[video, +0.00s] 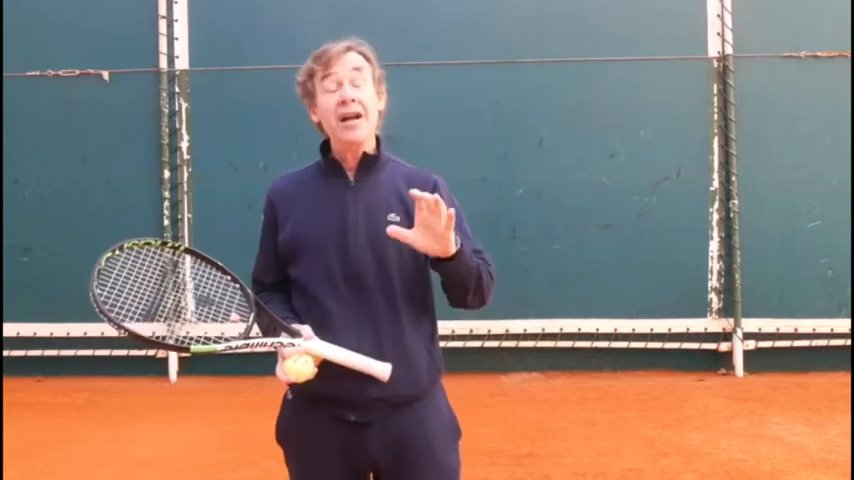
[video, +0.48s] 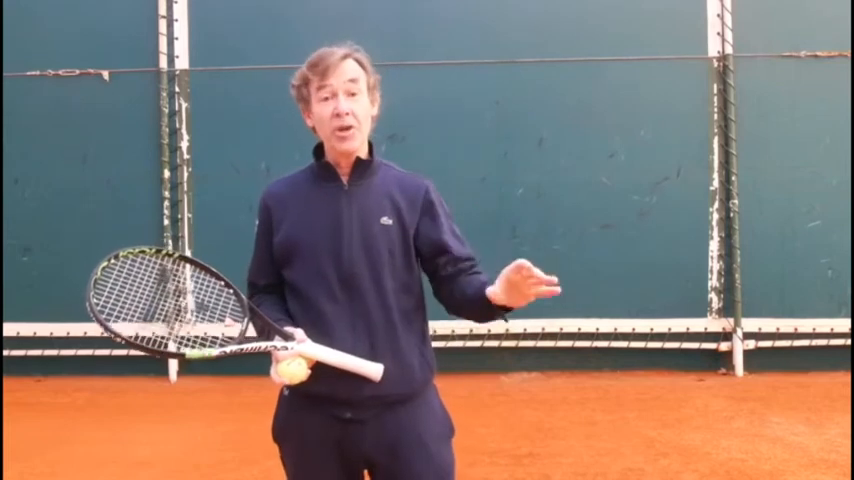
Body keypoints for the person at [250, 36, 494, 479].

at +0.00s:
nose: (347, 94)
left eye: (358, 81)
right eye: (331, 86)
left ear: (380, 98)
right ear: (314, 111)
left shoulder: (425, 190)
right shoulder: (285, 198)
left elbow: (476, 295)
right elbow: (268, 290)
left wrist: (447, 255)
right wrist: (290, 338)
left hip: (414, 414)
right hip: (319, 417)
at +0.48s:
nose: (341, 107)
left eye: (352, 93)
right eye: (326, 97)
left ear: (374, 104)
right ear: (309, 114)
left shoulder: (413, 194)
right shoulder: (279, 202)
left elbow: (455, 278)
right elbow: (264, 293)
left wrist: (495, 296)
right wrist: (284, 340)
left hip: (405, 411)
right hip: (313, 414)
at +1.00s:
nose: (359, 114)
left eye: (369, 99)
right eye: (343, 103)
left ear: (390, 106)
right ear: (324, 115)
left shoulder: (428, 196)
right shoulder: (289, 200)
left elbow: (470, 281)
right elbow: (271, 291)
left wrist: (435, 318)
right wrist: (299, 341)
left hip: (417, 415)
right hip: (322, 417)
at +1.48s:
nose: (376, 104)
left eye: (387, 90)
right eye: (361, 93)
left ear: (408, 102)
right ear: (341, 110)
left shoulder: (444, 195)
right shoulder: (301, 198)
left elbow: (483, 286)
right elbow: (280, 295)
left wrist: (442, 332)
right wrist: (328, 329)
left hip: (435, 421)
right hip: (339, 423)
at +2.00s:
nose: (410, 96)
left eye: (423, 82)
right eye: (395, 86)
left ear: (447, 98)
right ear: (378, 105)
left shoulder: (482, 196)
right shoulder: (338, 195)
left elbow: (517, 294)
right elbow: (313, 300)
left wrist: (478, 343)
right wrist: (358, 337)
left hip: (471, 428)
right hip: (370, 428)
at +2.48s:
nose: (436, 100)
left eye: (450, 86)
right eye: (421, 88)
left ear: (472, 103)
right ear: (402, 107)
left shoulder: (501, 203)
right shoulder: (356, 195)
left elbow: (535, 302)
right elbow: (328, 303)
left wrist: (493, 349)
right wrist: (371, 337)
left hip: (485, 433)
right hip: (386, 431)